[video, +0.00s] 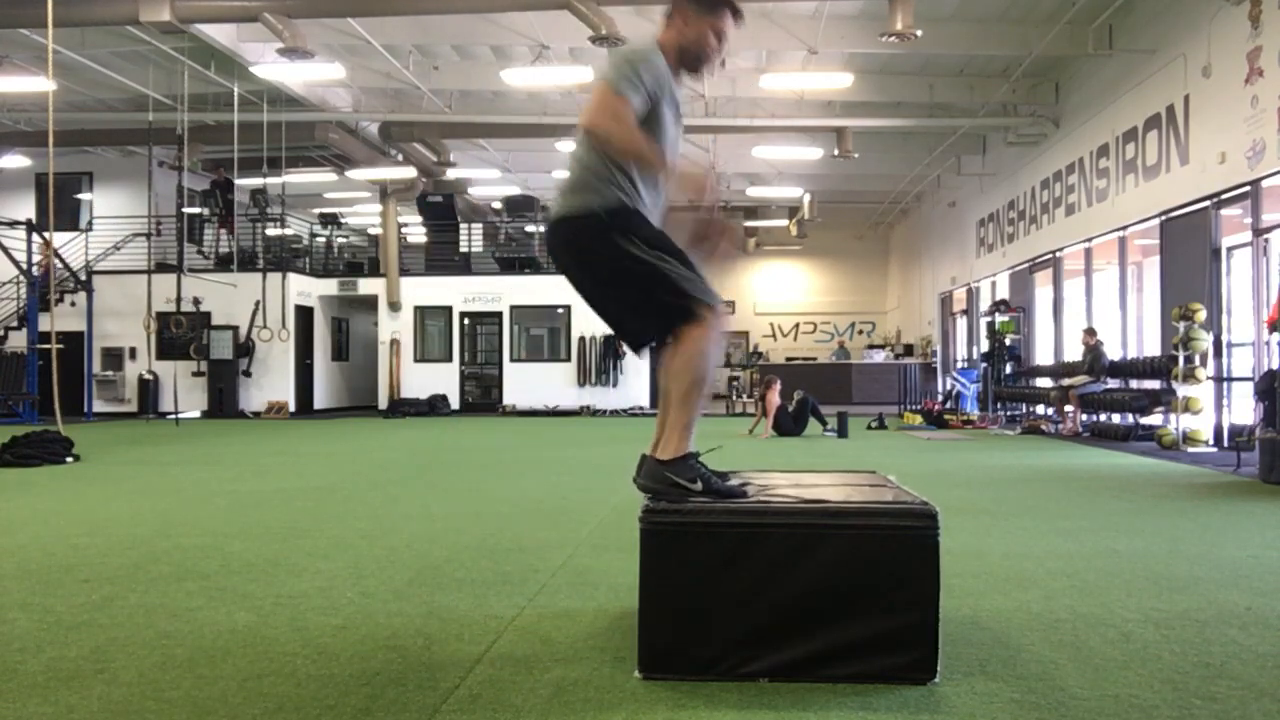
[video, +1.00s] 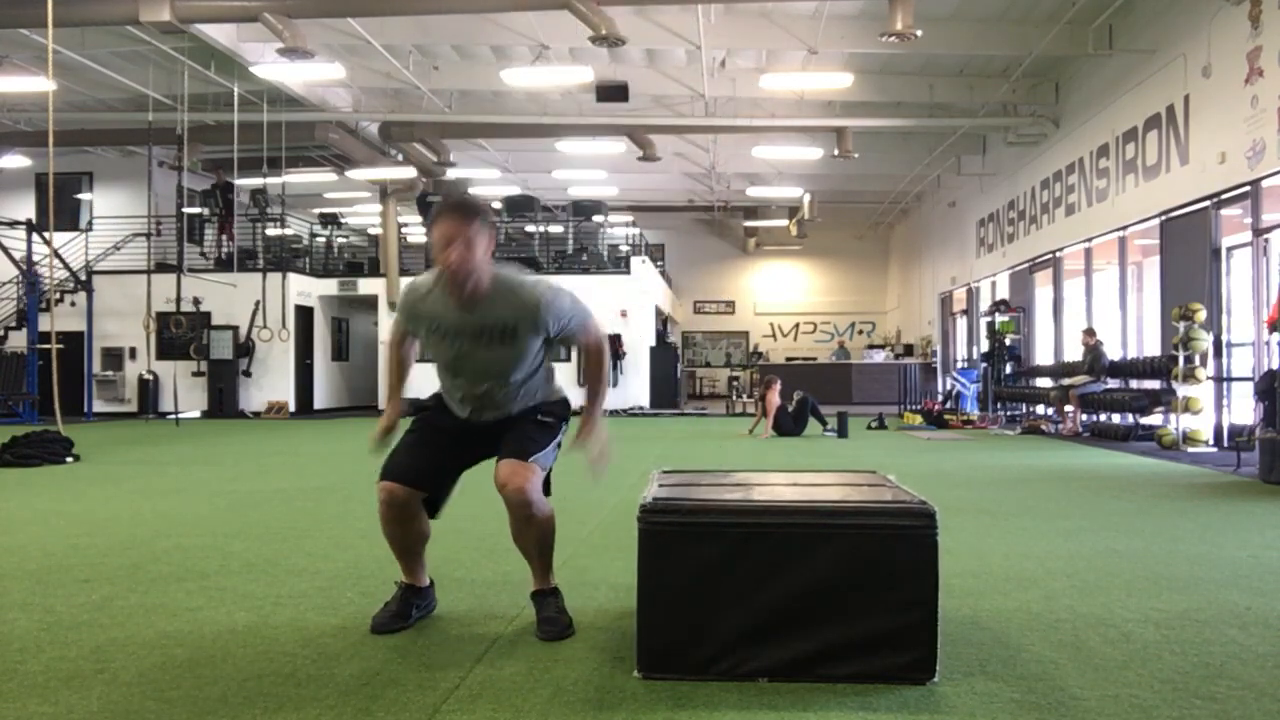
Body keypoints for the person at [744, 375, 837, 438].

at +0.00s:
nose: (780, 386)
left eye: (779, 384)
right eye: (778, 384)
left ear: (768, 385)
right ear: (773, 385)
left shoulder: (765, 396)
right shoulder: (773, 396)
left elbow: (759, 415)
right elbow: (770, 416)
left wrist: (751, 430)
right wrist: (766, 433)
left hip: (784, 430)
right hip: (792, 431)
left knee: (804, 399)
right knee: (807, 400)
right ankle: (826, 426)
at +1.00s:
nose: (780, 386)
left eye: (780, 384)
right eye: (778, 384)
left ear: (768, 385)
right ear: (773, 385)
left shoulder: (765, 396)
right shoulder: (773, 396)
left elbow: (760, 415)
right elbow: (770, 416)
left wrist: (751, 430)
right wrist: (766, 433)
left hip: (784, 430)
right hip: (792, 431)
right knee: (807, 399)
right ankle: (826, 426)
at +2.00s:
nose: (779, 387)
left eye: (779, 384)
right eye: (778, 384)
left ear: (767, 385)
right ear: (774, 385)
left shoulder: (764, 396)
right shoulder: (772, 395)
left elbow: (759, 416)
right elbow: (770, 416)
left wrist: (751, 430)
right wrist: (767, 433)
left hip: (785, 430)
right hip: (793, 431)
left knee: (805, 398)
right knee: (807, 399)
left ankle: (825, 425)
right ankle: (826, 426)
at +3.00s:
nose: (779, 387)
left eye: (779, 384)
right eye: (778, 385)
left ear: (767, 385)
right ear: (773, 385)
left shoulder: (764, 396)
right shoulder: (772, 396)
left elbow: (759, 415)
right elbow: (770, 415)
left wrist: (751, 429)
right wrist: (767, 433)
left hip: (784, 430)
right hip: (793, 431)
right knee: (807, 399)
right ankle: (826, 426)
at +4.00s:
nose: (779, 387)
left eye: (779, 384)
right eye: (777, 385)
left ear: (769, 386)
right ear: (772, 386)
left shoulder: (765, 396)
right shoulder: (771, 397)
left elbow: (759, 415)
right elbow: (769, 416)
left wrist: (751, 429)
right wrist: (767, 433)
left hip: (785, 430)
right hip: (793, 431)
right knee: (808, 401)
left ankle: (799, 402)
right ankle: (826, 426)